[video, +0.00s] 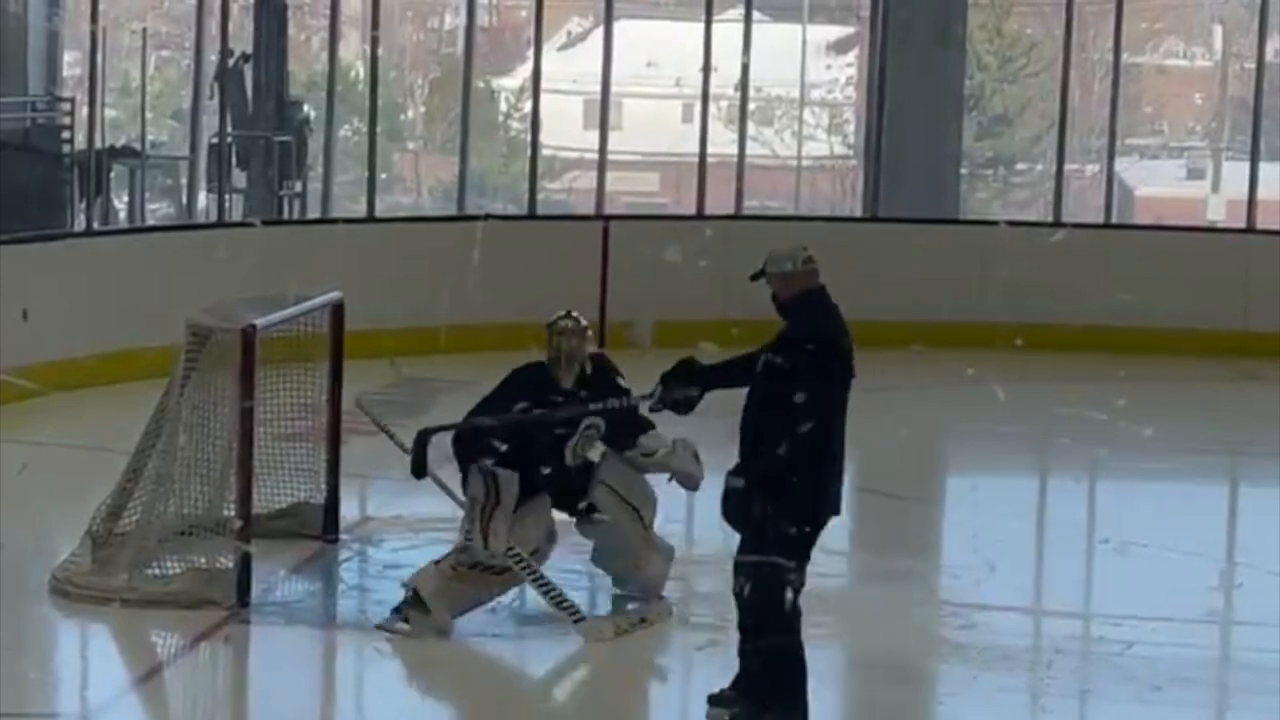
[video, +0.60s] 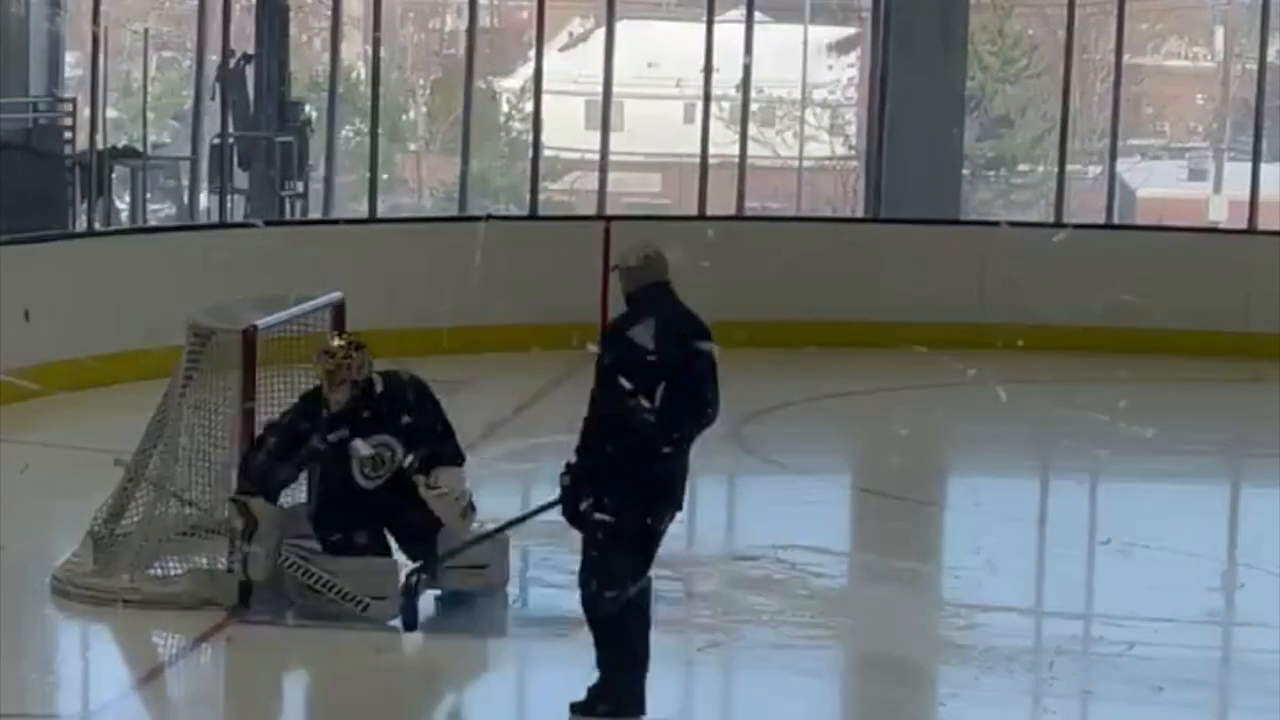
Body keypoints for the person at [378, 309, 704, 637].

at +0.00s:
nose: (568, 347)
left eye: (577, 339)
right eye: (561, 339)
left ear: (589, 344)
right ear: (549, 343)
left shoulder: (604, 381)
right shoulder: (527, 380)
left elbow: (631, 433)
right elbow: (473, 427)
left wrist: (669, 455)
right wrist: (481, 468)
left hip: (581, 475)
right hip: (525, 476)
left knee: (627, 517)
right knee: (520, 548)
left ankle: (639, 594)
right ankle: (428, 602)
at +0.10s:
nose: (542, 347)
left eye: (551, 340)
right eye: (536, 339)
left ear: (567, 346)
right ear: (526, 344)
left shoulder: (589, 375)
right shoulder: (508, 383)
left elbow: (624, 427)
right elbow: (454, 430)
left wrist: (656, 460)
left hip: (568, 479)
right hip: (514, 481)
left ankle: (647, 570)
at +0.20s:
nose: (518, 351)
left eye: (527, 344)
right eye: (512, 344)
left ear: (540, 351)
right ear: (501, 350)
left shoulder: (563, 384)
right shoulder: (481, 395)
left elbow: (596, 438)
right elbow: (435, 433)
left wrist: (634, 473)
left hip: (541, 482)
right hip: (485, 492)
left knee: (599, 516)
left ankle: (639, 570)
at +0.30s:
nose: (481, 358)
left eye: (487, 351)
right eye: (472, 351)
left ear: (499, 357)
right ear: (457, 359)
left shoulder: (526, 386)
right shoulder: (440, 409)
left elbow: (563, 438)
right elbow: (387, 455)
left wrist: (592, 480)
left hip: (516, 493)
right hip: (454, 504)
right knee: (489, 577)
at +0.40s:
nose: (418, 381)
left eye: (427, 373)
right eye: (412, 373)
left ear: (446, 372)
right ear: (405, 374)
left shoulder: (483, 391)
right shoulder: (394, 414)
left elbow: (518, 437)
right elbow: (347, 452)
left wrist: (539, 484)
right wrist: (320, 507)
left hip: (481, 491)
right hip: (418, 504)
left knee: (520, 541)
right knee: (444, 579)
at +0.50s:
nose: (374, 381)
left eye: (383, 374)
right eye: (368, 373)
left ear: (401, 373)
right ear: (359, 374)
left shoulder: (441, 392)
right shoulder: (349, 414)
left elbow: (478, 445)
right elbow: (307, 466)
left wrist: (491, 487)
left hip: (439, 495)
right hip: (380, 508)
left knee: (484, 551)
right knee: (410, 580)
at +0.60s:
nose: (338, 384)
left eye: (347, 373)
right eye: (331, 374)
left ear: (363, 371)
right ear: (322, 373)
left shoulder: (403, 392)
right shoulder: (312, 412)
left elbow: (442, 449)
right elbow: (265, 470)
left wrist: (450, 496)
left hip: (400, 499)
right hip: (340, 508)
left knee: (447, 556)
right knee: (369, 575)